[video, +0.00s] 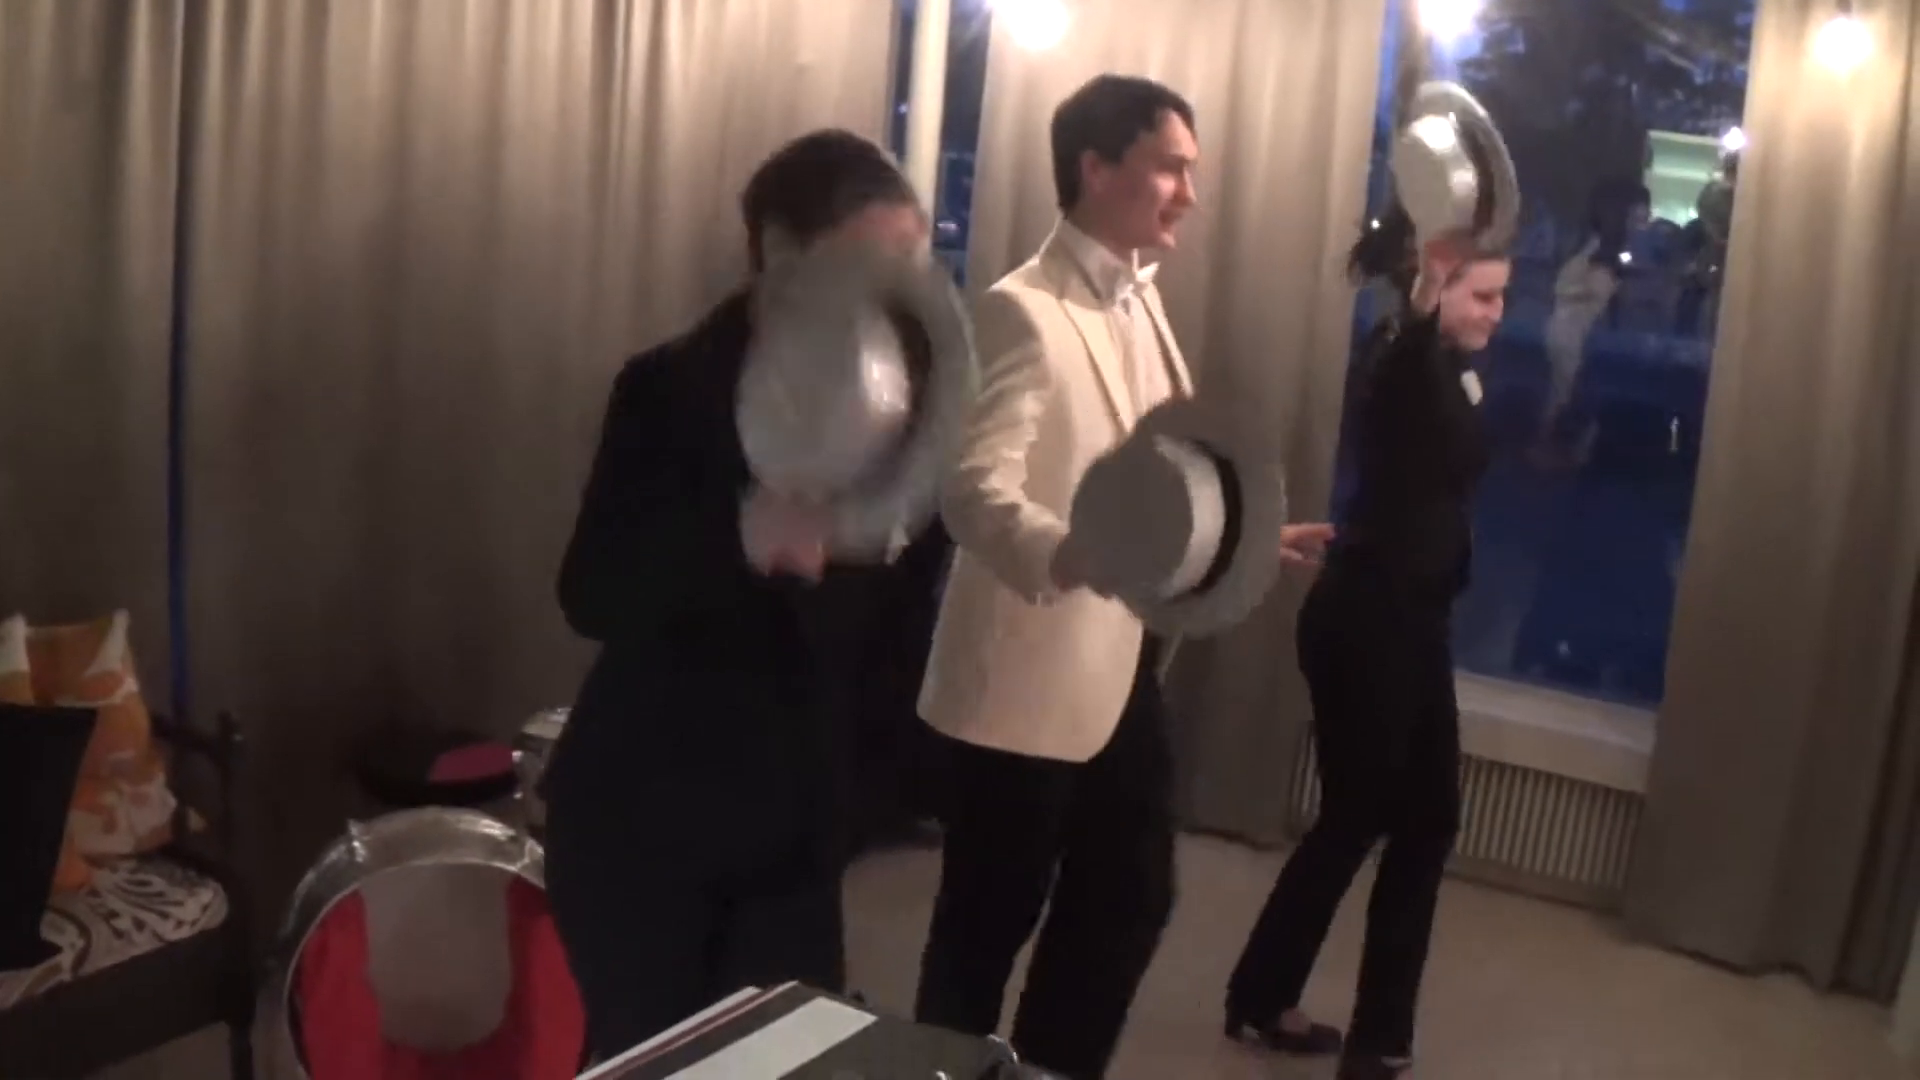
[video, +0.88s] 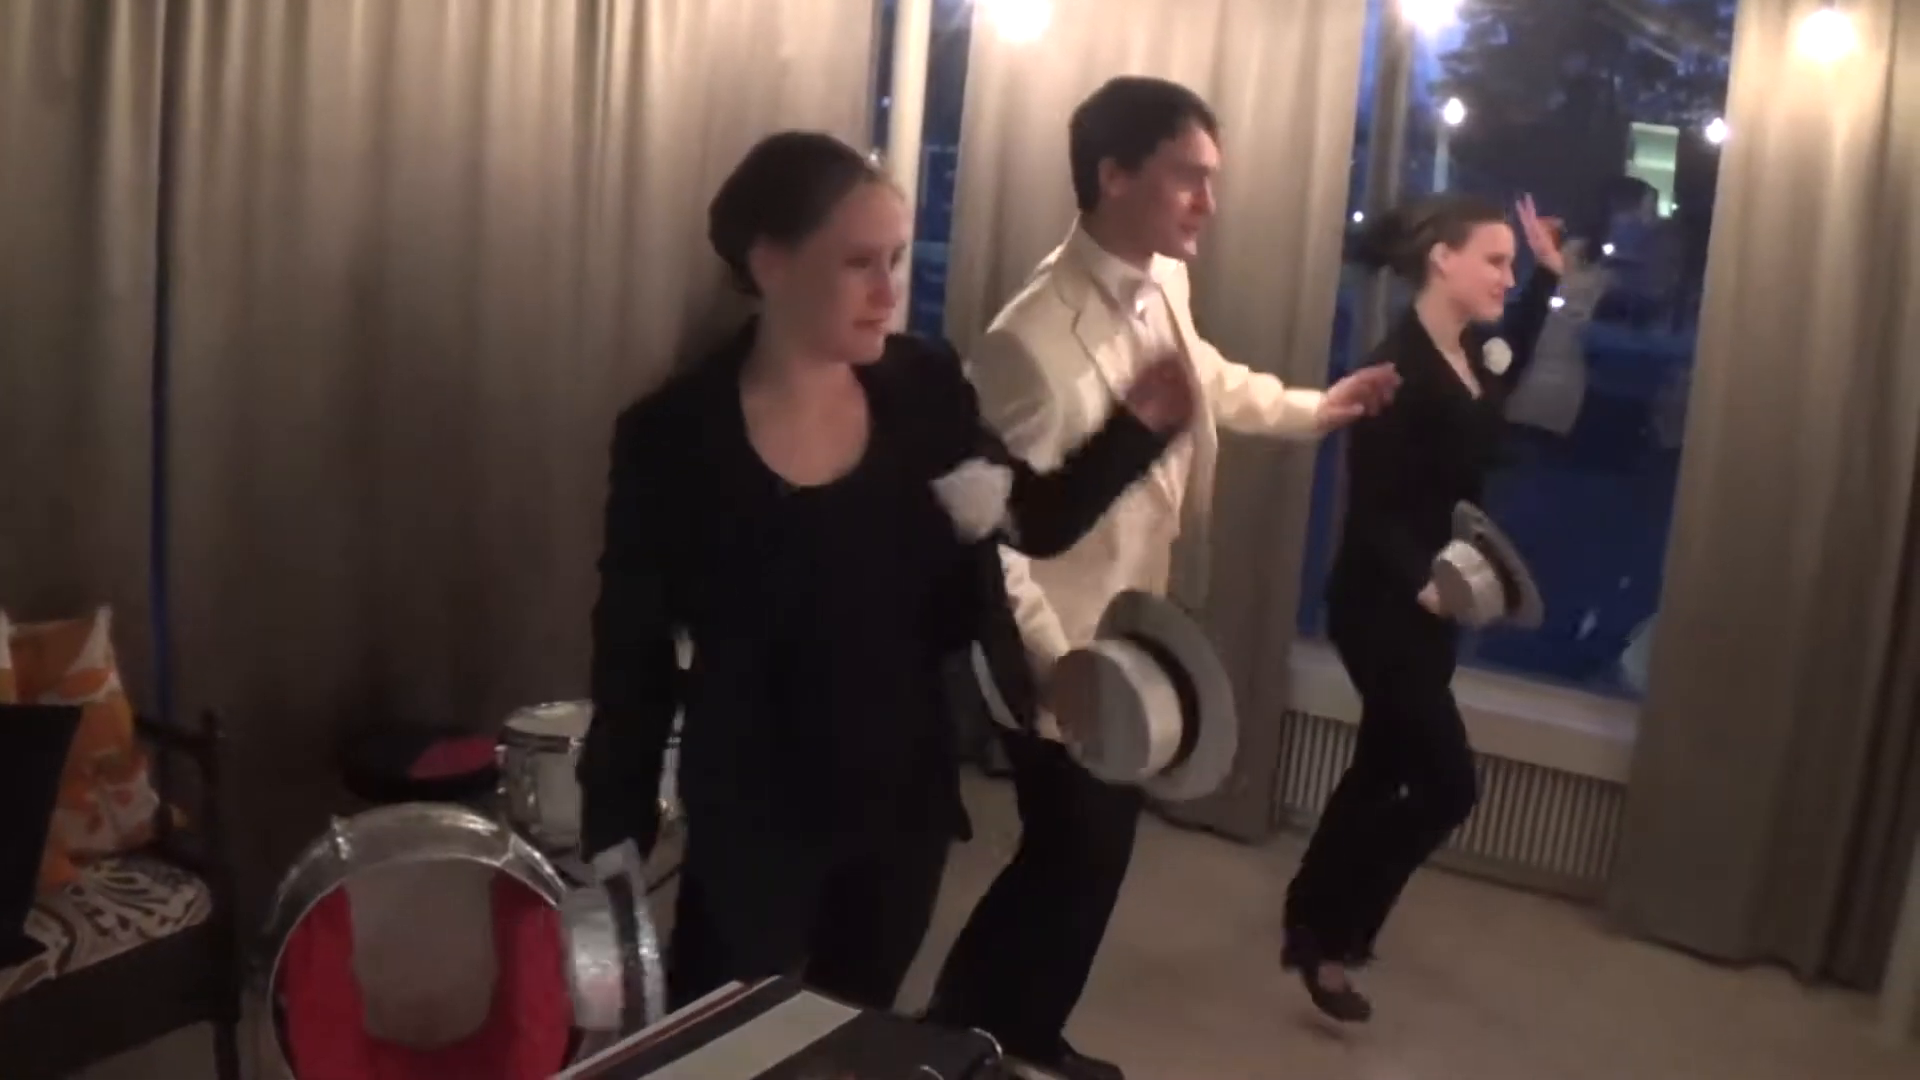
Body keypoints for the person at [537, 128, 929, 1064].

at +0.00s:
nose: (896, 284)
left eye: (910, 256)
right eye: (871, 257)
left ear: (922, 252)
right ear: (780, 254)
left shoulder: (895, 405)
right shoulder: (670, 391)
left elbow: (899, 627)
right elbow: (592, 591)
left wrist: (871, 789)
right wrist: (742, 534)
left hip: (792, 814)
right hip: (641, 807)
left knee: (786, 1052)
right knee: (636, 1060)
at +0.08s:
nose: (892, 305)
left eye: (903, 279)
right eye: (874, 274)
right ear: (779, 251)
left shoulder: (845, 417)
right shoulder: (660, 398)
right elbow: (582, 605)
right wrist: (743, 677)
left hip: (784, 819)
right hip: (643, 824)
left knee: (827, 1050)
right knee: (644, 1065)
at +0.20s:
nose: (901, 295)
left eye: (904, 270)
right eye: (889, 269)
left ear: (817, 263)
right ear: (806, 260)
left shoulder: (816, 411)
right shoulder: (675, 404)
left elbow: (830, 625)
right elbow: (580, 621)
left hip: (777, 829)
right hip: (657, 842)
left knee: (761, 1053)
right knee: (659, 1063)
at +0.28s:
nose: (906, 282)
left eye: (907, 257)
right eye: (895, 256)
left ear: (822, 258)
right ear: (817, 256)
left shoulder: (804, 394)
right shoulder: (689, 391)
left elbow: (808, 596)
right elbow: (570, 608)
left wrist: (946, 577)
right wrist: (537, 825)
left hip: (774, 802)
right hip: (671, 814)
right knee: (673, 1058)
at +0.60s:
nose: (929, 283)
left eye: (927, 259)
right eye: (909, 259)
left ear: (836, 263)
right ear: (822, 261)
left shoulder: (851, 397)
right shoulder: (729, 396)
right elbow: (605, 594)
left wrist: (972, 453)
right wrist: (506, 783)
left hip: (837, 812)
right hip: (724, 821)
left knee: (937, 1037)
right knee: (728, 1062)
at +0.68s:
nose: (922, 280)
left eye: (921, 254)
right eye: (898, 253)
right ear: (808, 258)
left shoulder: (893, 397)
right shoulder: (714, 411)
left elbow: (943, 563)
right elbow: (613, 632)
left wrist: (1015, 434)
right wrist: (536, 844)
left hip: (867, 810)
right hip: (735, 820)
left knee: (908, 1050)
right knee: (751, 1057)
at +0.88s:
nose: (889, 290)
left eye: (897, 261)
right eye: (861, 263)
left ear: (905, 259)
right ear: (766, 262)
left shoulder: (922, 386)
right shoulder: (670, 439)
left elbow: (1036, 522)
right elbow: (632, 652)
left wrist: (1137, 431)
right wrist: (615, 833)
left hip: (901, 805)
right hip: (753, 816)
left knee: (846, 1044)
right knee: (720, 1045)